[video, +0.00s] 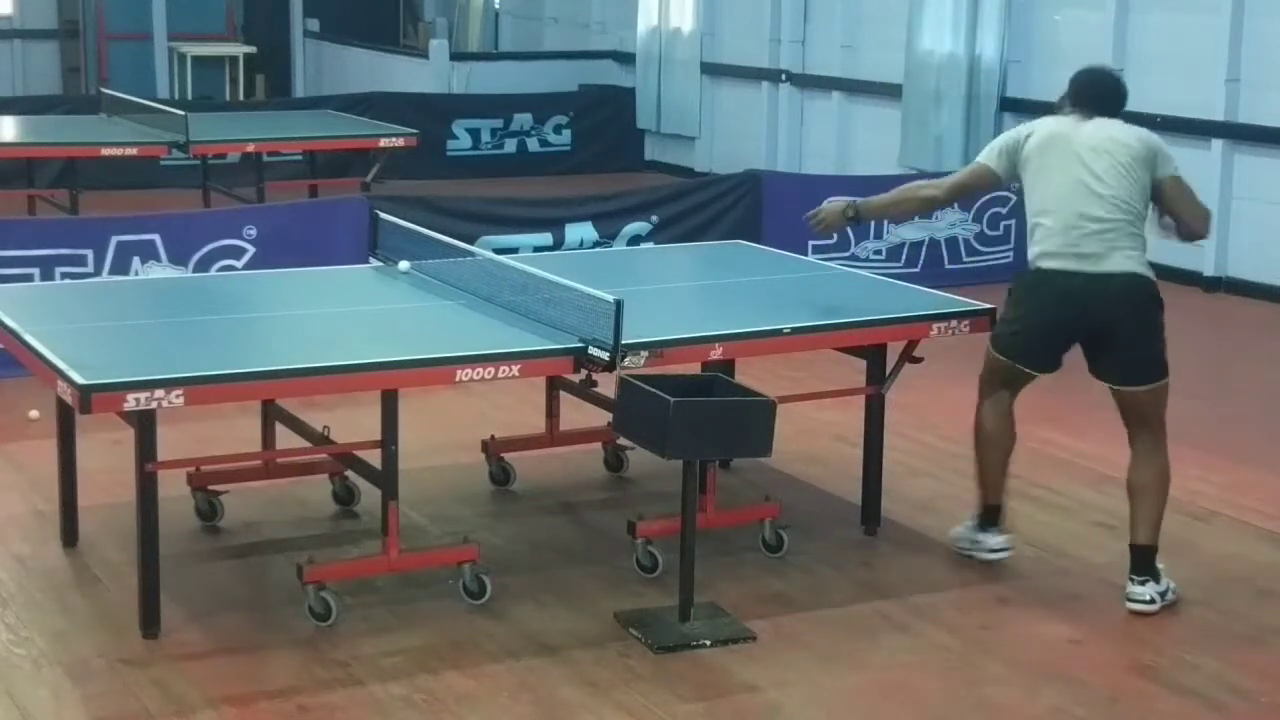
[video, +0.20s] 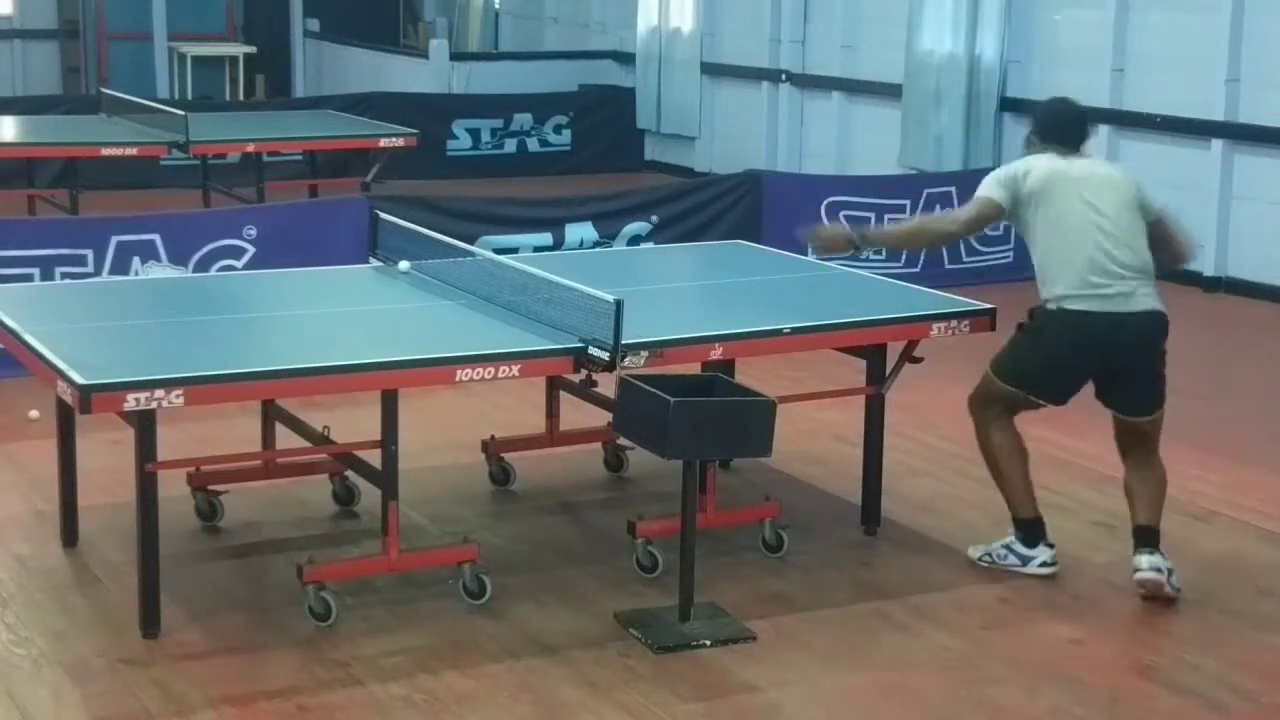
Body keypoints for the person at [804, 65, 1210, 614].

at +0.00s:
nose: (1062, 107)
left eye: (1065, 100)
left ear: (1066, 102)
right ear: (1120, 110)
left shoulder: (1030, 136)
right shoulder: (1143, 143)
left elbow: (941, 193)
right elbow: (1196, 226)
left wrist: (854, 209)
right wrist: (1168, 208)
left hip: (1047, 291)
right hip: (1127, 298)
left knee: (997, 393)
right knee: (1147, 432)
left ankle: (989, 526)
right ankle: (1144, 576)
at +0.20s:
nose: (1026, 142)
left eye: (1029, 136)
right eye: (1032, 138)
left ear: (1036, 138)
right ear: (1085, 141)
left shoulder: (1021, 173)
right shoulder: (1121, 179)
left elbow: (954, 226)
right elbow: (1175, 254)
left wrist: (859, 236)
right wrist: (1118, 258)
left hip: (1068, 324)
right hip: (1142, 327)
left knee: (990, 405)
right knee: (1141, 443)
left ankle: (1030, 541)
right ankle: (1148, 553)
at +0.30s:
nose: (993, 135)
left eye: (998, 124)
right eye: (996, 124)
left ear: (1018, 129)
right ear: (1052, 135)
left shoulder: (1021, 168)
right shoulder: (1086, 174)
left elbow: (988, 227)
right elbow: (1101, 252)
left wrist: (887, 243)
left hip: (1076, 324)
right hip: (1141, 327)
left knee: (989, 409)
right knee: (1122, 450)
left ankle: (1031, 544)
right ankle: (1151, 542)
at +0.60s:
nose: (995, 53)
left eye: (1007, 44)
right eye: (995, 44)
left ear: (1041, 53)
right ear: (1007, 54)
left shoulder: (1081, 108)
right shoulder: (1011, 114)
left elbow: (1123, 191)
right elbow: (1020, 175)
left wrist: (1057, 195)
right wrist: (978, 191)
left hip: (1106, 254)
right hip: (1060, 257)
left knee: (1065, 380)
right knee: (1023, 358)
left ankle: (1062, 522)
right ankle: (1114, 448)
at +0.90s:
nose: (1015, 120)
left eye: (1026, 112)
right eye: (1014, 110)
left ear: (1060, 118)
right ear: (1021, 113)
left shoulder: (1106, 170)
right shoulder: (1016, 170)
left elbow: (1144, 242)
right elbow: (1017, 240)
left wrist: (1076, 261)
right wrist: (980, 243)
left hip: (1117, 286)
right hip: (1058, 287)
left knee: (1113, 393)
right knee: (991, 360)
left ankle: (1188, 506)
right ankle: (1021, 443)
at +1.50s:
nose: (1060, 111)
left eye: (1071, 104)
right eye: (1059, 102)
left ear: (1104, 109)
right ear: (1070, 106)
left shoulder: (1145, 162)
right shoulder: (1071, 162)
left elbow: (1183, 244)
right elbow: (1077, 233)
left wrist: (1103, 248)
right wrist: (1045, 234)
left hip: (1165, 286)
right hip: (1107, 284)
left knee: (1151, 395)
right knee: (1041, 360)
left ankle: (1229, 506)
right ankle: (1058, 441)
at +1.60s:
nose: (1078, 89)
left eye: (1088, 81)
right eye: (1077, 79)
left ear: (1121, 85)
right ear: (1090, 85)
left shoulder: (1164, 140)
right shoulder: (1089, 144)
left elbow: (1205, 217)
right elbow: (1094, 209)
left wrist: (1123, 228)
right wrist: (1061, 220)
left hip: (1177, 277)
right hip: (1122, 274)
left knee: (1160, 394)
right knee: (1072, 357)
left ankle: (1233, 506)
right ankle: (1060, 438)